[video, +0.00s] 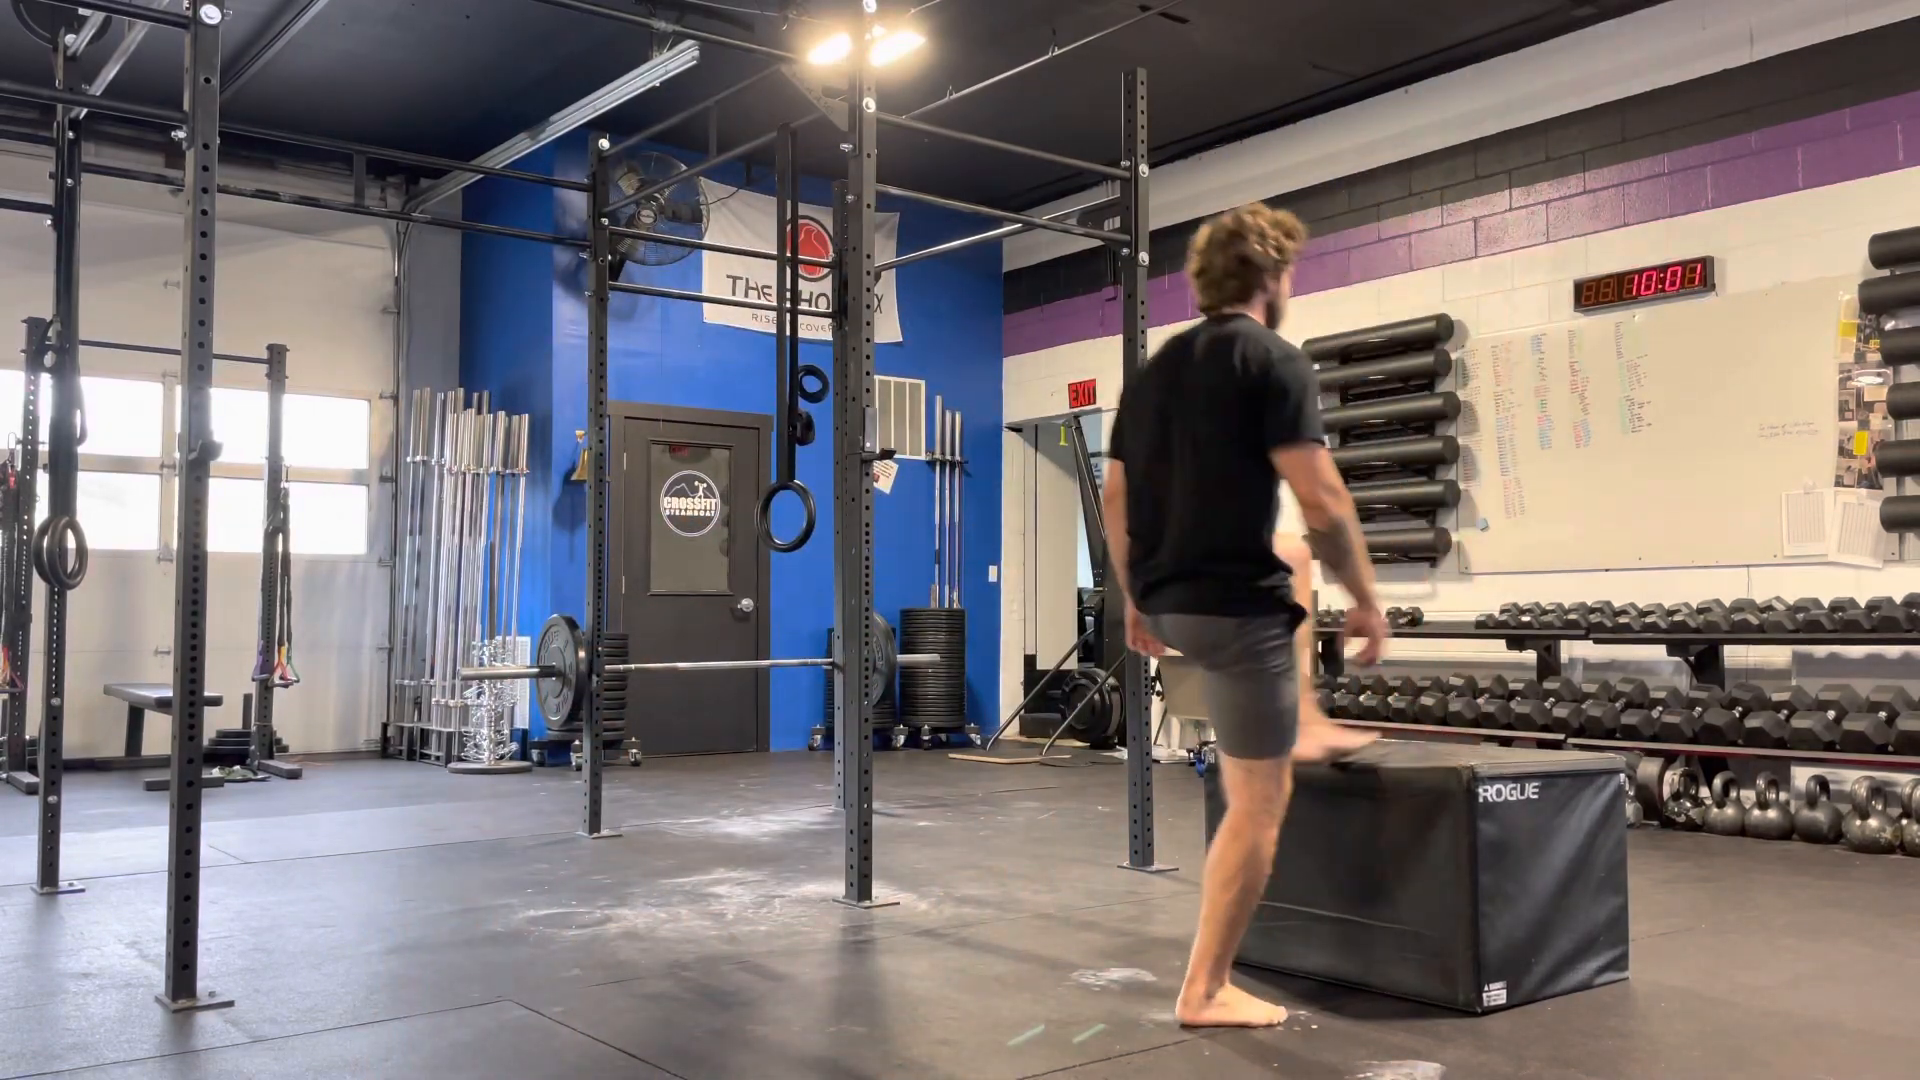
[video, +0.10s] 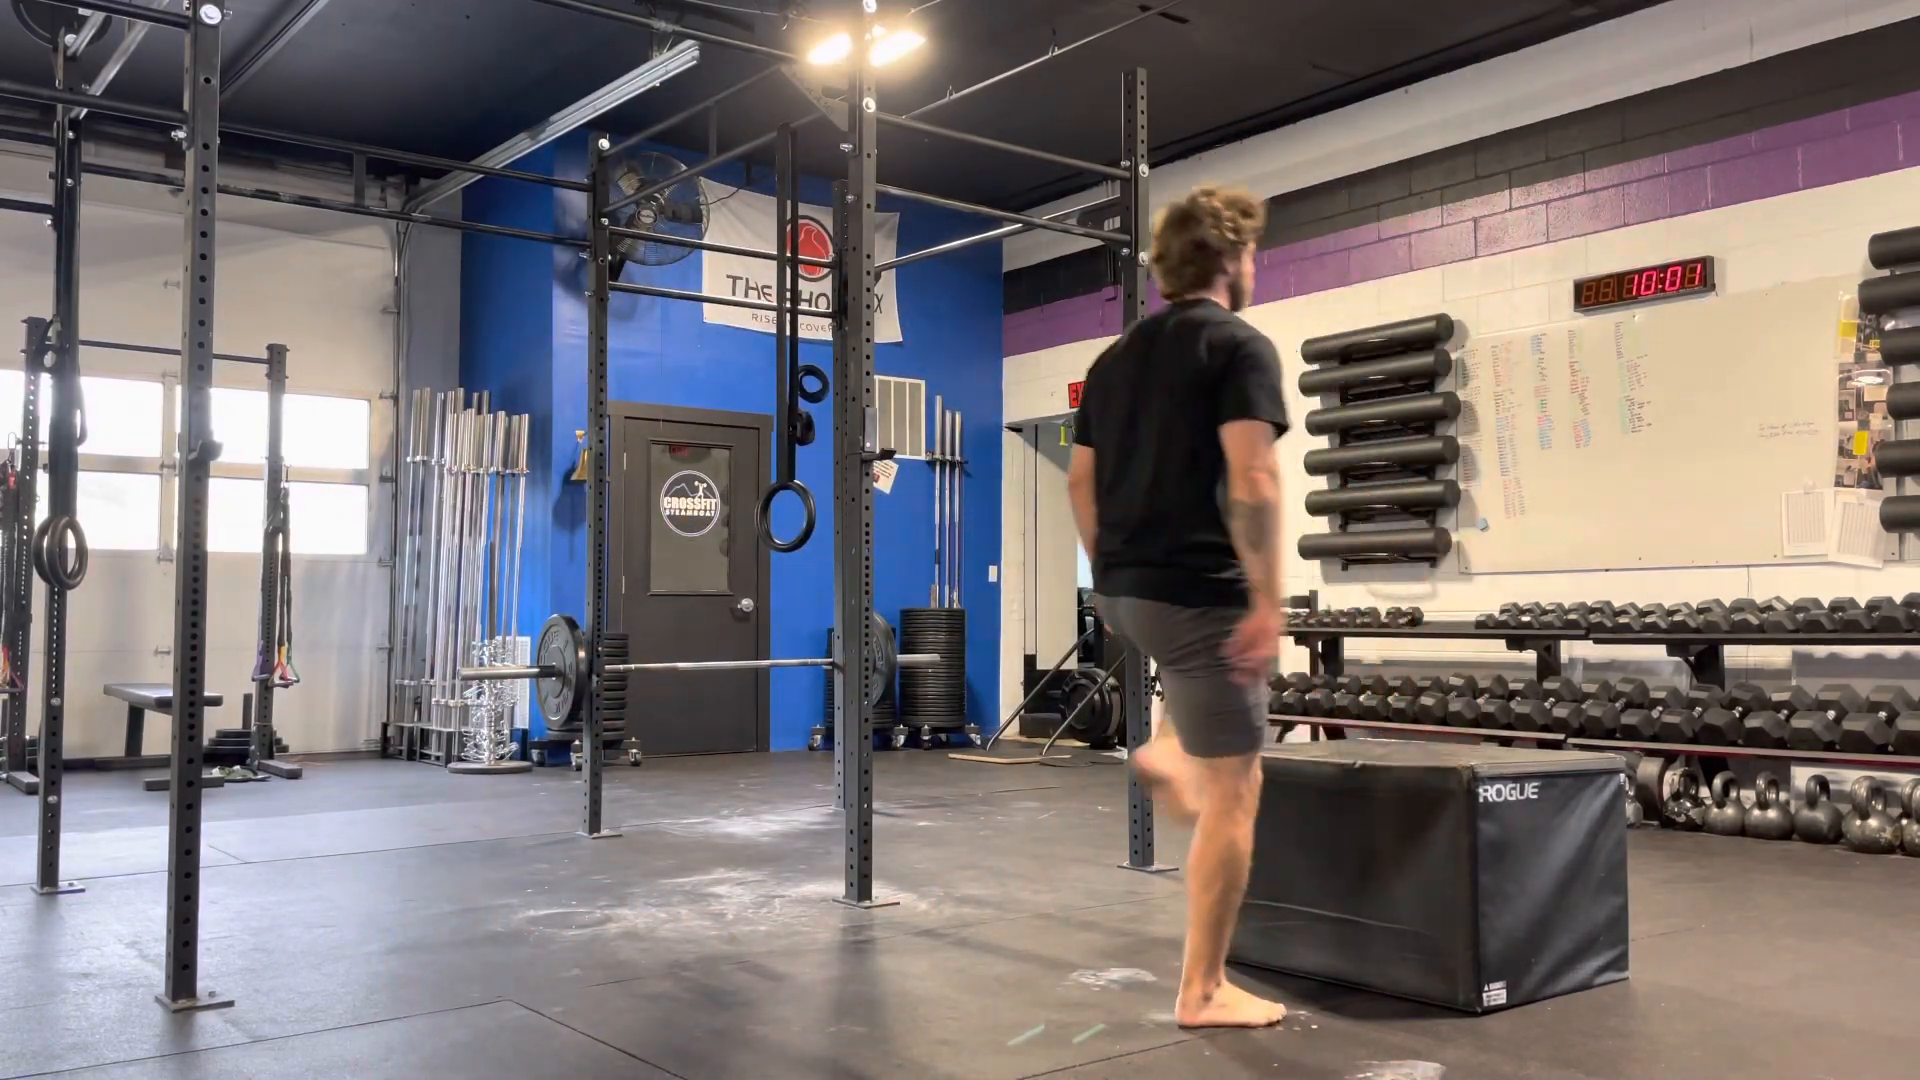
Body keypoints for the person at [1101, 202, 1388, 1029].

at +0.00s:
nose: (1291, 290)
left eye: (1289, 276)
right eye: (1289, 277)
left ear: (1205, 282)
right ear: (1271, 283)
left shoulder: (1150, 372)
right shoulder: (1271, 361)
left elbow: (1115, 498)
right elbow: (1322, 507)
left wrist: (1132, 600)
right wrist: (1363, 598)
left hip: (1163, 600)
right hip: (1237, 606)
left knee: (1292, 559)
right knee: (1255, 804)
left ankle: (1303, 724)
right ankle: (1203, 989)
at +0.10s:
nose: (1257, 271)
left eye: (1255, 258)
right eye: (1254, 259)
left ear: (1163, 269)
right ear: (1235, 266)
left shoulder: (1112, 359)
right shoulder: (1240, 346)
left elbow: (1081, 479)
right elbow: (1252, 482)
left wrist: (1107, 570)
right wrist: (1268, 599)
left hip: (1124, 588)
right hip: (1199, 590)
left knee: (1210, 658)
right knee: (1229, 797)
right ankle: (1202, 987)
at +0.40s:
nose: (1133, 275)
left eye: (1127, 260)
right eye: (1119, 260)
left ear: (1061, 281)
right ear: (1075, 276)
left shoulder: (1036, 365)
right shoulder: (1061, 360)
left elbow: (1036, 496)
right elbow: (1033, 481)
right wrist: (1070, 607)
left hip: (1002, 622)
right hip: (1066, 624)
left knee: (1009, 807)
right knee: (1162, 787)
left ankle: (914, 989)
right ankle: (1196, 986)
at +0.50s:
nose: (1089, 269)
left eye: (1084, 255)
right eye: (1075, 254)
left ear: (1032, 271)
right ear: (1034, 267)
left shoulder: (1024, 357)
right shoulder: (1008, 348)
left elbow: (1028, 505)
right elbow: (978, 474)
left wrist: (1089, 591)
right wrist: (1032, 595)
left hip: (967, 616)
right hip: (1000, 615)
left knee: (985, 796)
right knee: (1099, 788)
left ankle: (910, 994)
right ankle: (1141, 984)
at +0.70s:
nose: (1016, 241)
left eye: (1012, 226)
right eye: (998, 228)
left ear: (967, 249)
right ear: (948, 247)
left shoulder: (962, 336)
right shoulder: (923, 321)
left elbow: (946, 495)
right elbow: (889, 450)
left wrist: (1017, 577)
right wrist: (965, 563)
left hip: (925, 597)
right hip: (897, 595)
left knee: (936, 792)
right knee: (961, 790)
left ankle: (908, 992)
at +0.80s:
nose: (979, 242)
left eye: (978, 227)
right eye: (962, 228)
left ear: (940, 243)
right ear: (908, 242)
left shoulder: (933, 337)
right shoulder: (880, 322)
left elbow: (929, 480)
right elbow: (846, 451)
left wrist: (970, 570)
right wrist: (921, 570)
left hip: (915, 602)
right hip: (852, 597)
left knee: (937, 790)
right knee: (865, 794)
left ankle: (908, 995)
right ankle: (710, 1002)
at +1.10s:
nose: (837, 244)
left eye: (842, 232)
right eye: (816, 227)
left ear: (842, 250)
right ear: (757, 242)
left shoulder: (818, 375)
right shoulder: (692, 341)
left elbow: (798, 504)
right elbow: (640, 490)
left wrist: (850, 584)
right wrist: (715, 608)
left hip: (795, 644)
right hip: (682, 643)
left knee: (856, 811)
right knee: (638, 856)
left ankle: (893, 1001)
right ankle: (534, 1064)